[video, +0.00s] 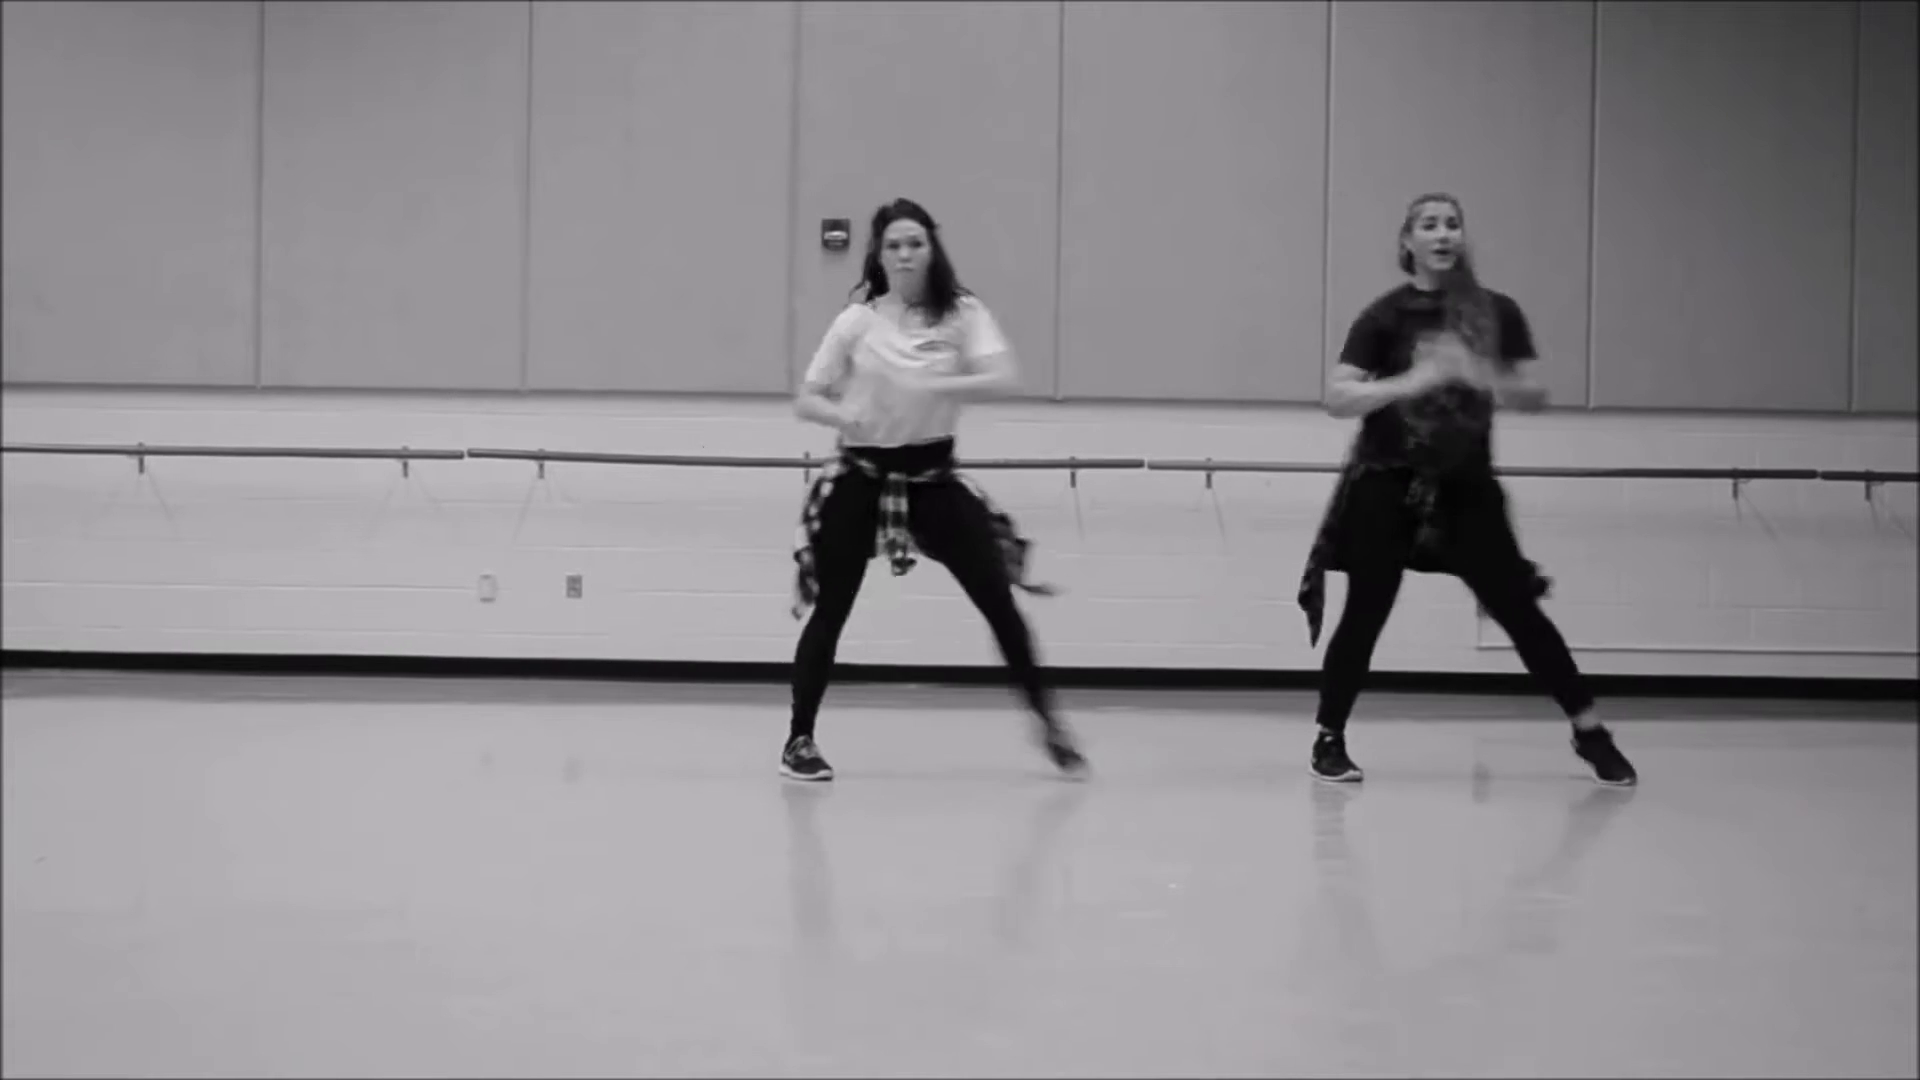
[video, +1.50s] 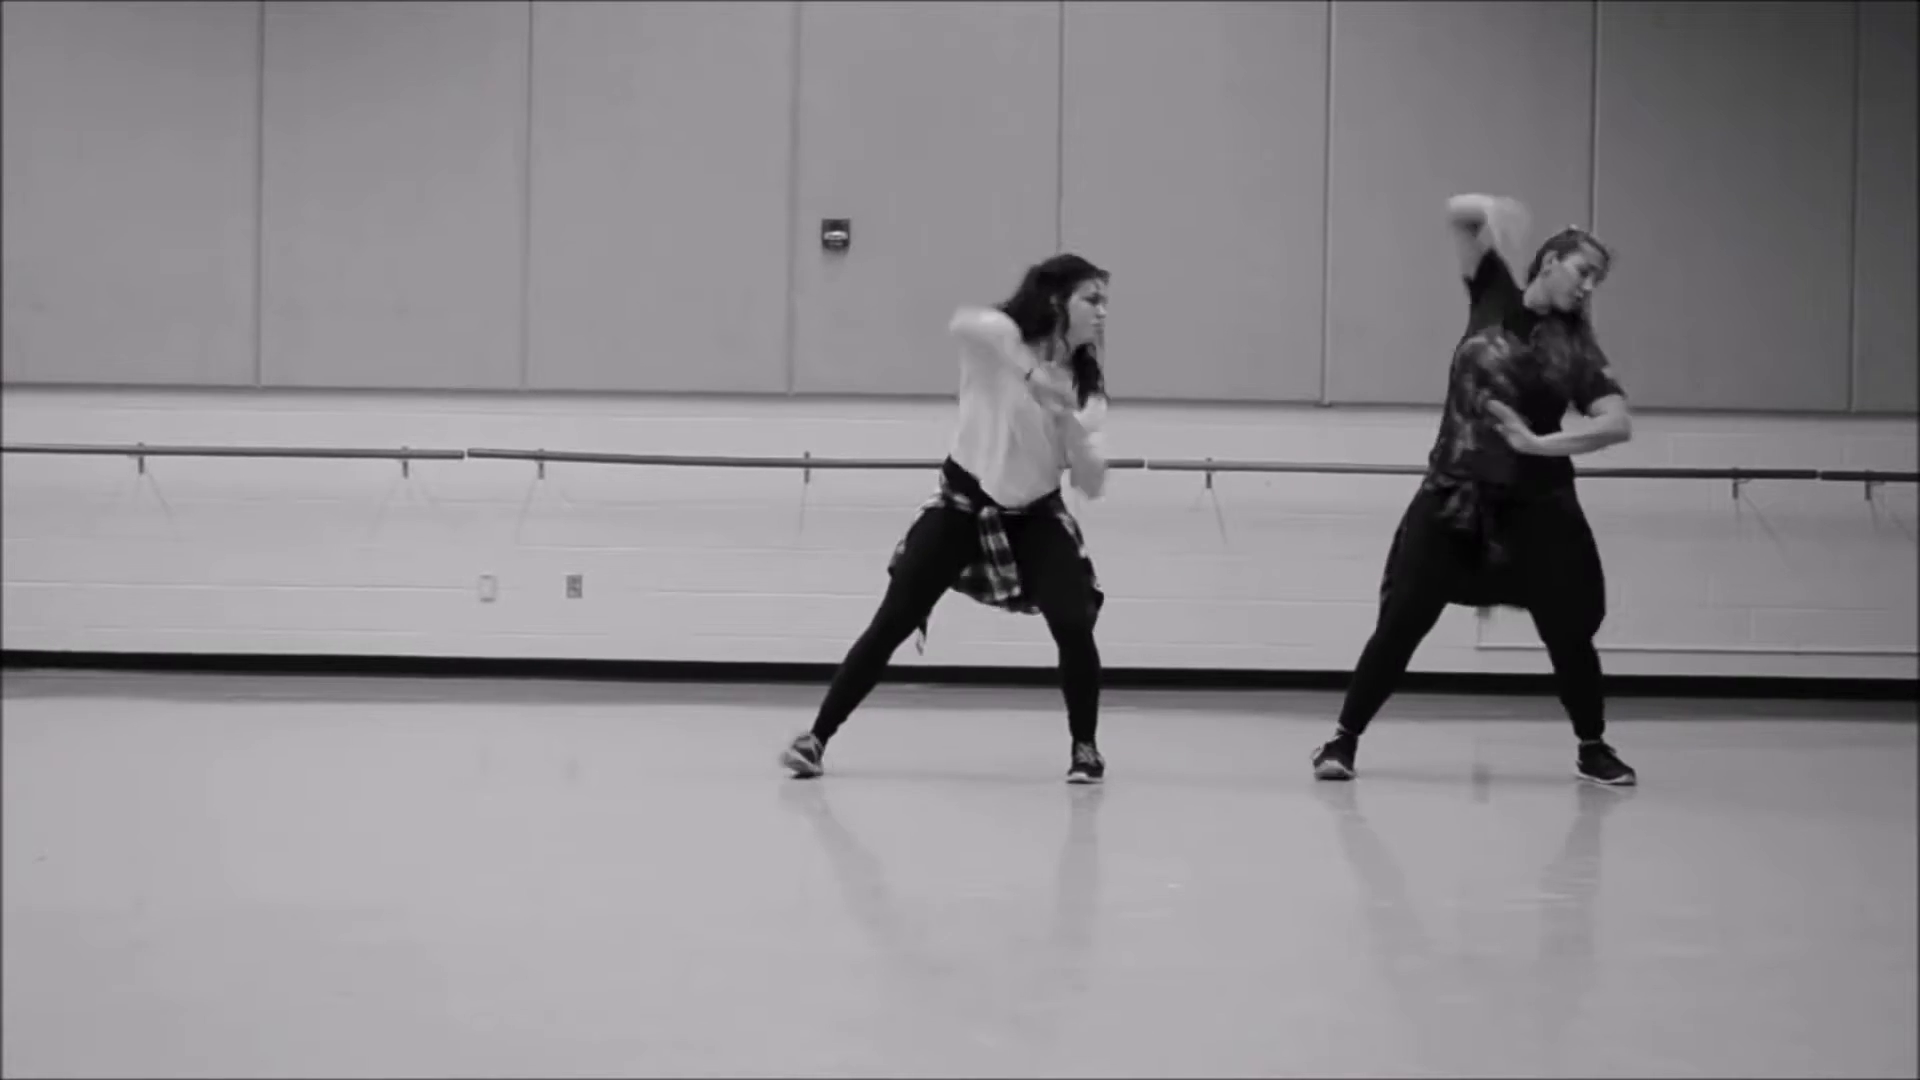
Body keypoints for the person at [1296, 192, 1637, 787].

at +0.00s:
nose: (1443, 235)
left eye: (1452, 225)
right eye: (1429, 226)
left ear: (1465, 238)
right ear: (1406, 241)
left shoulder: (1496, 313)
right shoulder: (1385, 315)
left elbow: (1534, 395)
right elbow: (1338, 397)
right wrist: (1417, 379)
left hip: (1465, 487)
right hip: (1386, 487)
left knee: (1518, 611)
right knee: (1365, 615)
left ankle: (1589, 729)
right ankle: (1329, 738)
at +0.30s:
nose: (1505, 254)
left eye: (1516, 246)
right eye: (1493, 245)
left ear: (1529, 260)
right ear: (1471, 258)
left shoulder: (1562, 319)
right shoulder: (1454, 329)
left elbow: (1631, 352)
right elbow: (1382, 362)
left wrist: (1553, 391)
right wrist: (1457, 387)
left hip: (1532, 505)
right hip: (1446, 502)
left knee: (1593, 631)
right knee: (1390, 620)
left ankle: (1596, 748)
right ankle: (1329, 737)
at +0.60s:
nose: (1533, 268)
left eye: (1543, 263)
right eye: (1521, 258)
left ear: (1555, 278)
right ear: (1496, 269)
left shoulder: (1578, 340)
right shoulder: (1466, 336)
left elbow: (1617, 402)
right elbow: (1481, 380)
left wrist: (1573, 344)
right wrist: (1522, 319)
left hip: (1543, 510)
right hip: (1459, 505)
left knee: (1593, 625)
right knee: (1401, 615)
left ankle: (1598, 747)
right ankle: (1329, 736)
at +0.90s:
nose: (1544, 269)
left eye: (1555, 264)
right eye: (1533, 259)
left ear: (1564, 279)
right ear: (1508, 270)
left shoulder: (1586, 338)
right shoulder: (1478, 339)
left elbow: (1680, 353)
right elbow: (1459, 388)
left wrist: (1620, 384)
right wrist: (1541, 388)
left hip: (1545, 511)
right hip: (1460, 504)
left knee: (1593, 625)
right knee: (1399, 619)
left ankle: (1597, 747)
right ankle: (1330, 737)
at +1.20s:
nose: (1593, 287)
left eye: (1595, 278)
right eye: (1585, 275)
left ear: (1578, 280)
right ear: (1548, 273)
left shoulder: (1594, 341)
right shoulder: (1490, 330)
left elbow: (1681, 370)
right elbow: (1468, 364)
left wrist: (1629, 393)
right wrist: (1550, 380)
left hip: (1541, 509)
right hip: (1459, 500)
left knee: (1594, 619)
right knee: (1398, 617)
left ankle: (1596, 747)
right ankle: (1330, 737)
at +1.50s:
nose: (1589, 286)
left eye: (1595, 279)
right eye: (1584, 270)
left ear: (1592, 286)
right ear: (1550, 259)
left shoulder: (1577, 349)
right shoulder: (1493, 297)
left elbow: (1616, 423)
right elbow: (1458, 215)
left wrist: (1538, 443)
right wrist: (1494, 210)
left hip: (1535, 507)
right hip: (1453, 497)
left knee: (1569, 635)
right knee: (1401, 623)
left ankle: (1593, 748)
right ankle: (1343, 741)